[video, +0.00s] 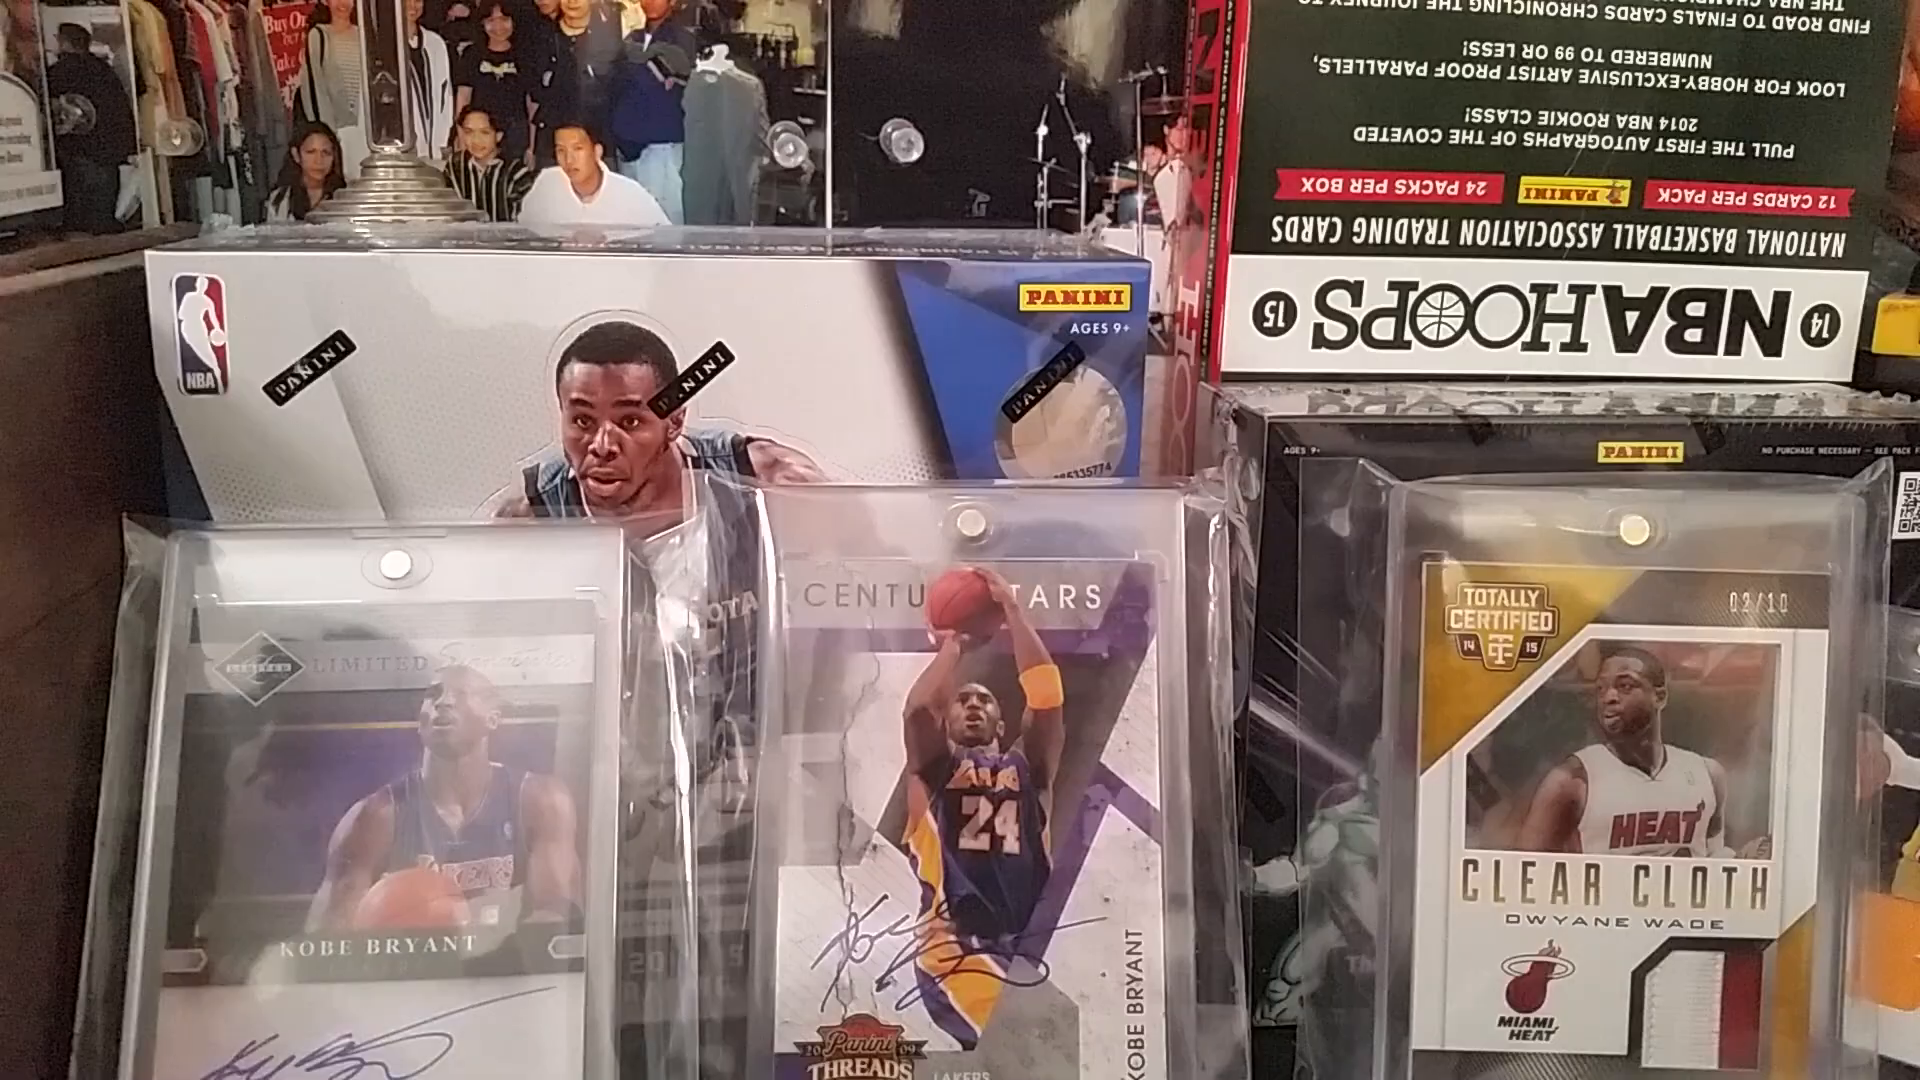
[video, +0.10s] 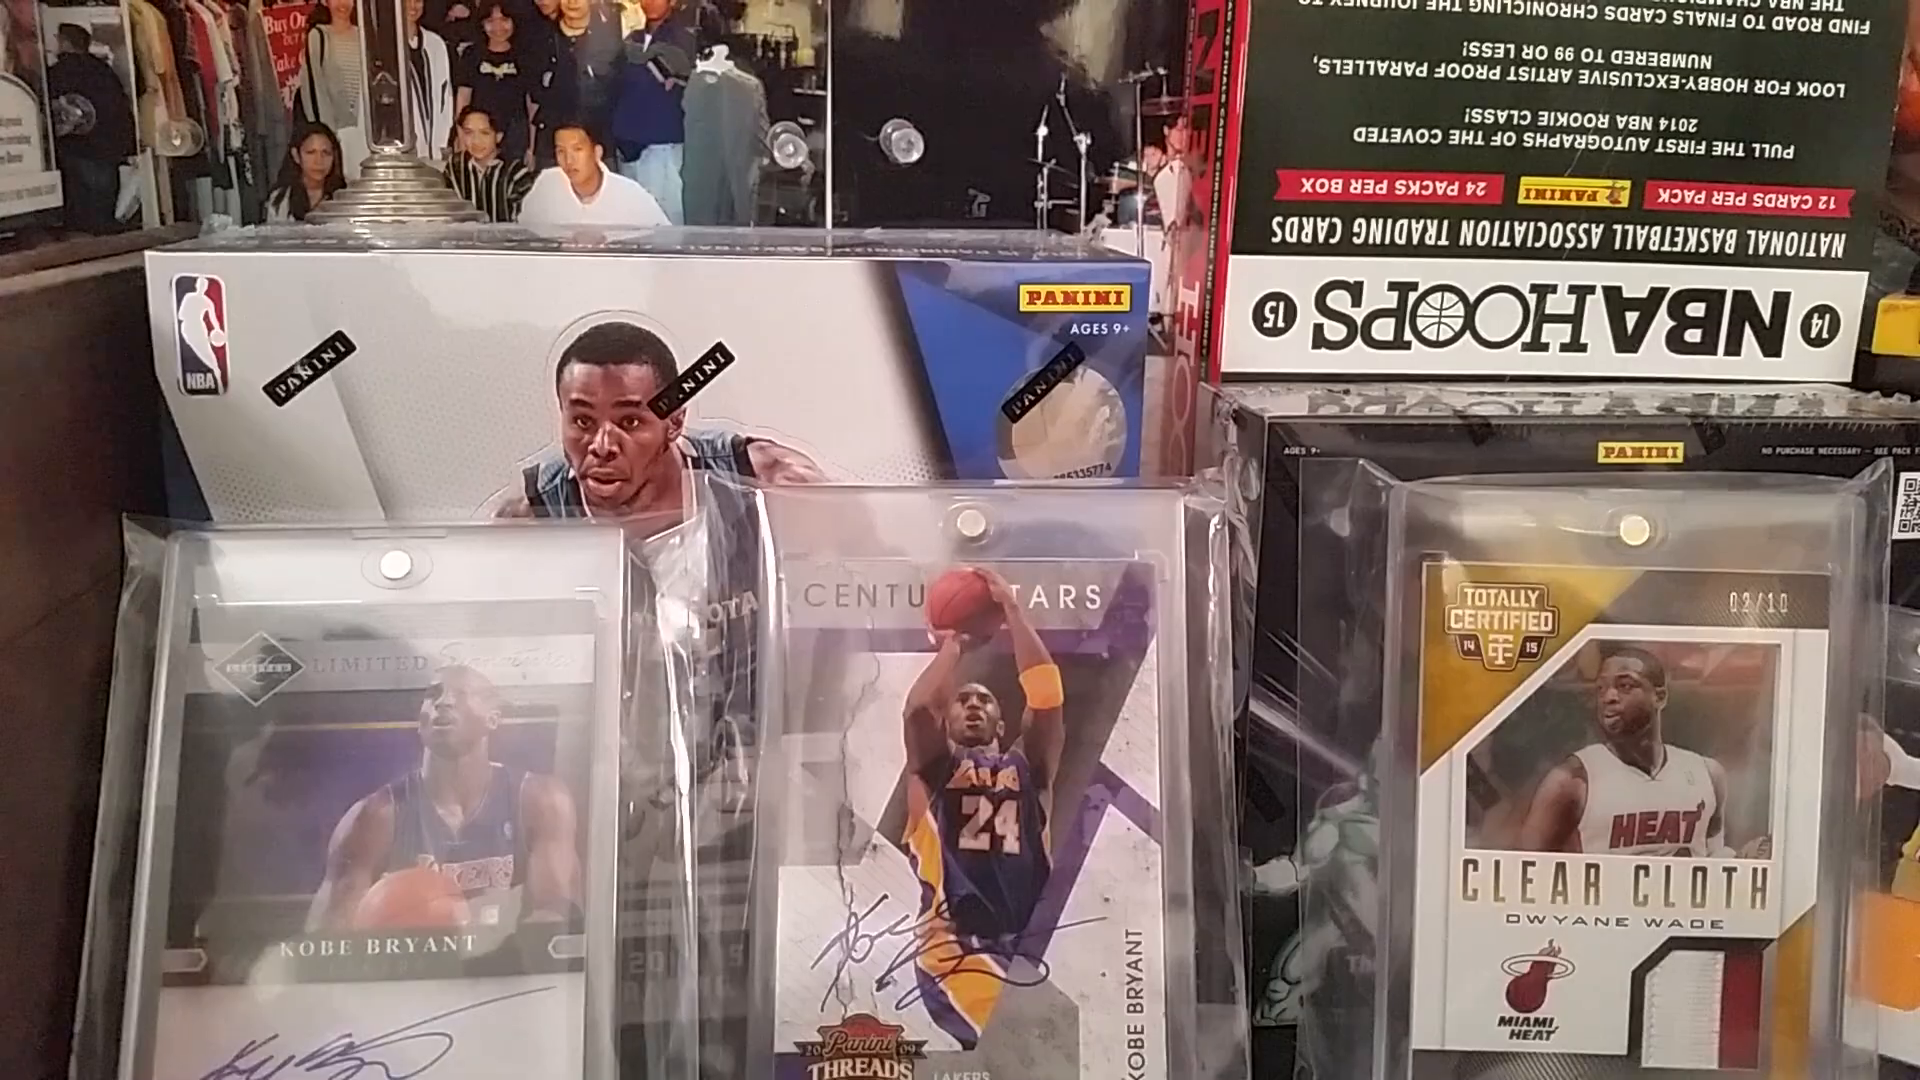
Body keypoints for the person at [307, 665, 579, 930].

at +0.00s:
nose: (443, 702)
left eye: (462, 694)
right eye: (433, 694)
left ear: (493, 716)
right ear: (419, 716)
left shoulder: (540, 799)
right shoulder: (370, 819)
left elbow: (552, 916)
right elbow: (323, 943)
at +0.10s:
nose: (443, 702)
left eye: (462, 694)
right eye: (433, 694)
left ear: (493, 716)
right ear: (419, 716)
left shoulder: (540, 799)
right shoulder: (370, 819)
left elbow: (552, 914)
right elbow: (323, 943)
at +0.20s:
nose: (443, 702)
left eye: (462, 694)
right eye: (433, 694)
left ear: (493, 716)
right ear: (419, 716)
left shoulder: (540, 799)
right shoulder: (370, 820)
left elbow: (551, 915)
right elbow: (322, 943)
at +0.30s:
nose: (443, 703)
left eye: (462, 694)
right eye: (433, 694)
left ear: (493, 716)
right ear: (419, 716)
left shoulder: (541, 799)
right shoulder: (370, 820)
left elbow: (551, 916)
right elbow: (323, 945)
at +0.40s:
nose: (443, 703)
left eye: (462, 694)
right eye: (433, 694)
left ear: (493, 716)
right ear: (419, 716)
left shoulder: (540, 799)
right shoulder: (370, 820)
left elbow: (551, 917)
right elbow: (323, 946)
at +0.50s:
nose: (443, 702)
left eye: (462, 694)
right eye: (433, 694)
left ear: (493, 716)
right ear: (419, 716)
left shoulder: (541, 800)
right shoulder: (370, 820)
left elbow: (551, 920)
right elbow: (322, 947)